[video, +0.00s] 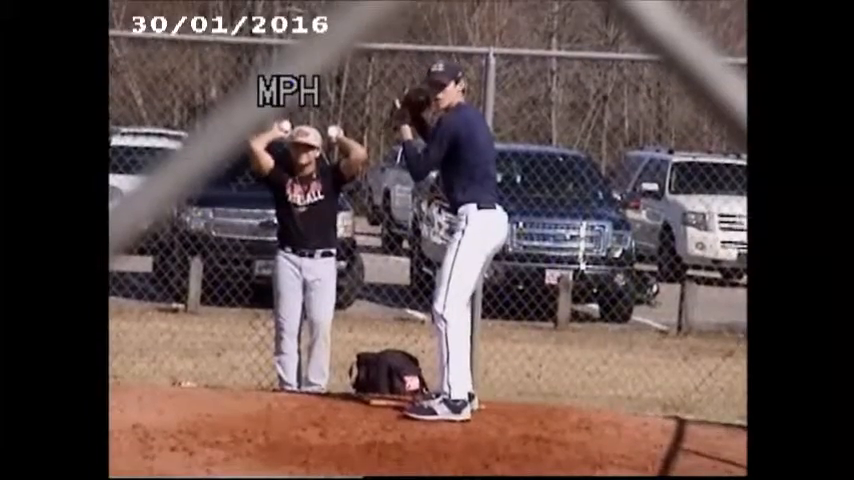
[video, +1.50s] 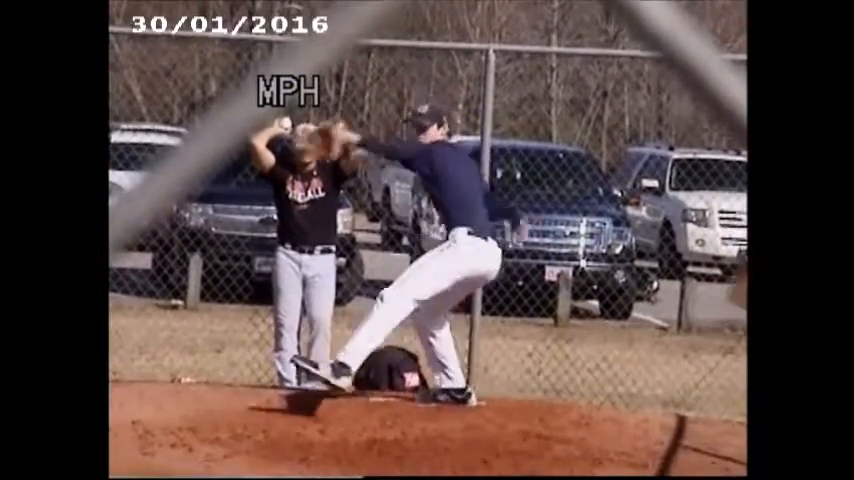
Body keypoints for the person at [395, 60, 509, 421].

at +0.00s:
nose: (435, 93)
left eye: (441, 87)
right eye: (434, 87)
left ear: (460, 86)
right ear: (447, 90)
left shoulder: (452, 120)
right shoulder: (471, 117)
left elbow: (420, 167)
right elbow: (433, 162)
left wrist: (406, 133)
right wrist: (418, 132)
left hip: (474, 218)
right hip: (489, 216)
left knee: (447, 306)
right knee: (456, 305)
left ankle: (455, 396)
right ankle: (461, 391)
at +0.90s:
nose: (427, 107)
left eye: (431, 100)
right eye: (424, 101)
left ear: (453, 93)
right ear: (455, 96)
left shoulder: (443, 125)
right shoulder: (475, 117)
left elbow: (406, 164)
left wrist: (399, 124)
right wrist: (418, 107)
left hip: (474, 216)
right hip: (496, 217)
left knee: (416, 288)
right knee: (447, 300)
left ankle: (441, 373)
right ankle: (461, 386)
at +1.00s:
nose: (424, 106)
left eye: (426, 100)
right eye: (421, 101)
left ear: (444, 90)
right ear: (448, 91)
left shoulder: (438, 122)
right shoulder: (474, 110)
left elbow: (398, 158)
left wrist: (406, 119)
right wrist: (420, 106)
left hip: (475, 212)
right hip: (499, 215)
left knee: (402, 255)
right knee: (457, 299)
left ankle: (440, 329)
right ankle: (459, 387)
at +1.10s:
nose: (417, 104)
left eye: (420, 97)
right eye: (415, 98)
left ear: (441, 90)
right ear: (446, 92)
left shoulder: (432, 120)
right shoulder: (473, 111)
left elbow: (389, 159)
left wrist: (416, 128)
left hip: (472, 212)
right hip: (500, 216)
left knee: (394, 234)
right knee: (461, 301)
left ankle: (427, 314)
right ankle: (459, 387)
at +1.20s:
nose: (416, 110)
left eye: (420, 103)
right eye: (414, 104)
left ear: (440, 97)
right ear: (444, 99)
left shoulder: (431, 127)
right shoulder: (472, 118)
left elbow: (388, 168)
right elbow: (484, 162)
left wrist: (411, 133)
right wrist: (450, 192)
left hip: (472, 216)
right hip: (503, 221)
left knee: (394, 236)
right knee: (458, 303)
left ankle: (402, 320)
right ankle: (460, 389)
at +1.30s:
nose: (420, 113)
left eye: (424, 106)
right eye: (418, 107)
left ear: (443, 102)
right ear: (444, 105)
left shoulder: (437, 131)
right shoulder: (469, 129)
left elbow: (392, 155)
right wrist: (446, 197)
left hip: (471, 221)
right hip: (500, 228)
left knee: (394, 252)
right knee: (445, 301)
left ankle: (368, 339)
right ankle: (457, 386)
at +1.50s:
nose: (418, 133)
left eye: (424, 128)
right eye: (417, 128)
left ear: (442, 128)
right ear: (444, 131)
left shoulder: (431, 154)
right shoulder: (466, 157)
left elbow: (393, 150)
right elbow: (488, 198)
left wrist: (359, 139)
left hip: (465, 247)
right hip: (490, 253)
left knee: (396, 297)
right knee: (428, 315)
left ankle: (343, 368)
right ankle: (454, 387)